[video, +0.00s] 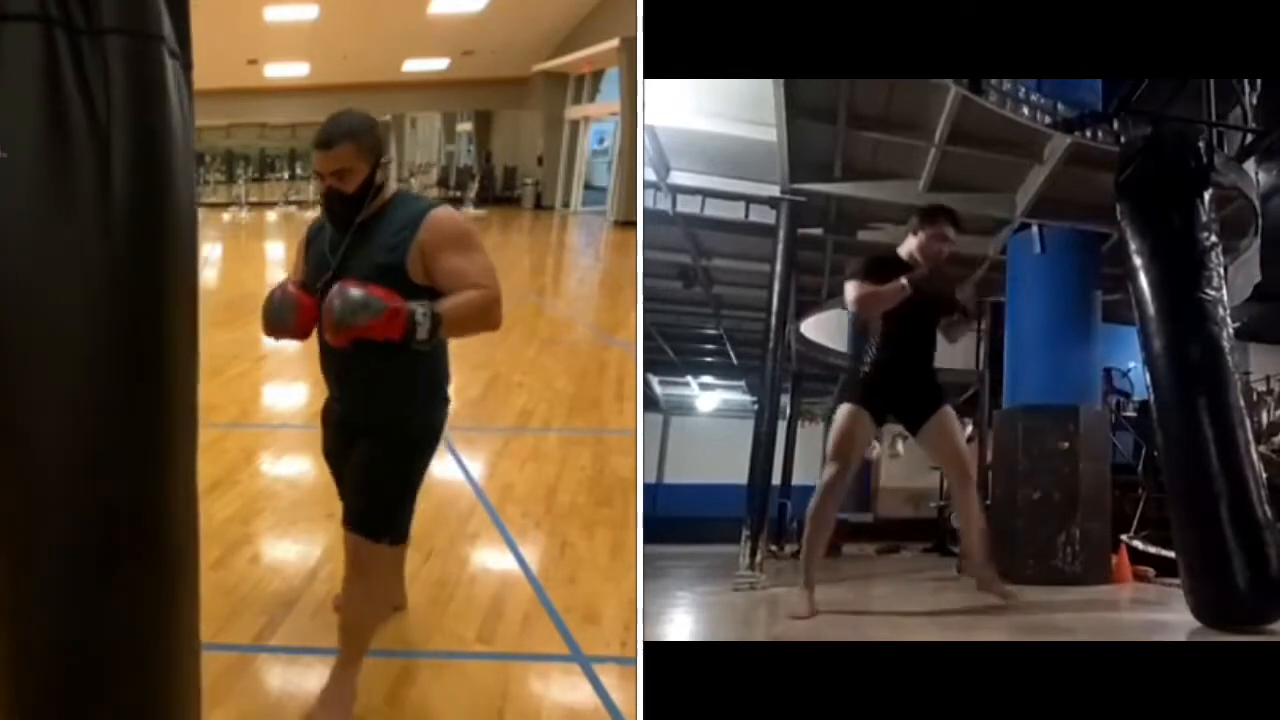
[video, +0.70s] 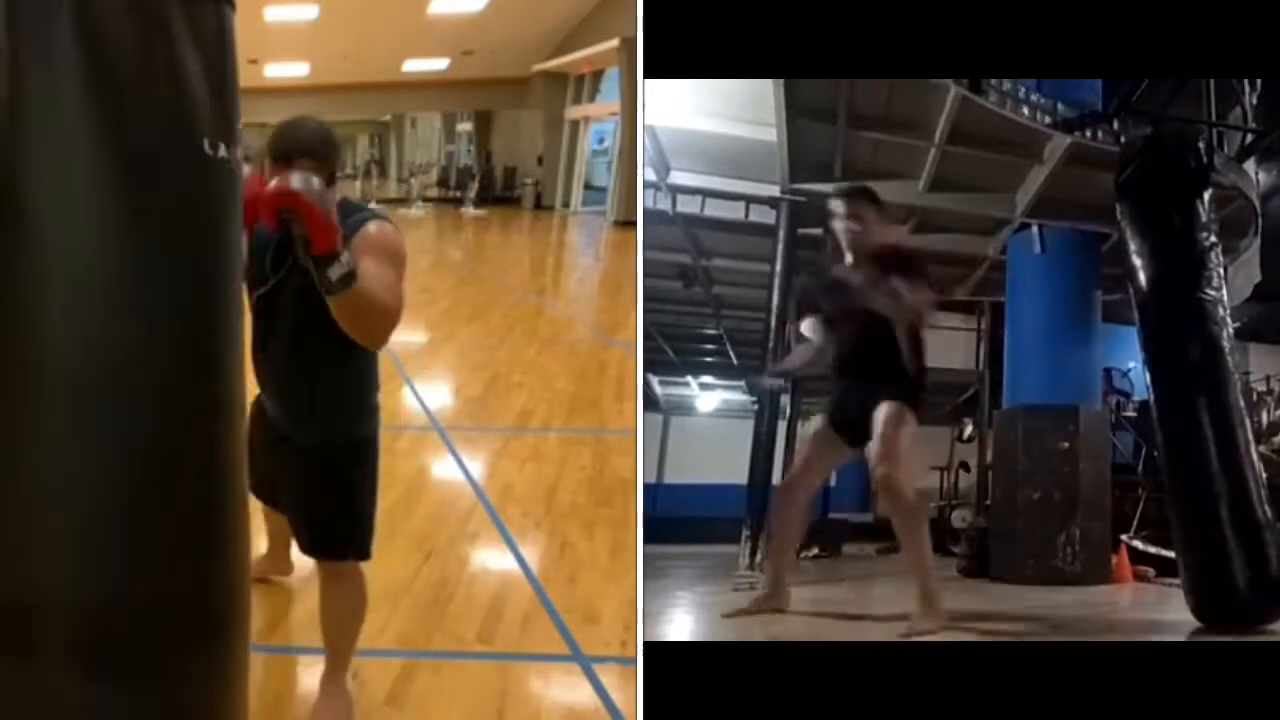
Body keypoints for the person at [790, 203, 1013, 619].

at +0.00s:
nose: (943, 250)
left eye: (949, 243)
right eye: (937, 240)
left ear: (950, 248)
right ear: (914, 235)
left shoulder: (939, 282)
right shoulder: (878, 264)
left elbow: (954, 330)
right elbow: (859, 303)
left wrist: (973, 311)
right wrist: (912, 281)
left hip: (921, 387)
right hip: (873, 383)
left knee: (963, 473)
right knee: (836, 472)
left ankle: (980, 569)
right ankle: (807, 582)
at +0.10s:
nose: (925, 242)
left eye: (931, 236)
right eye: (919, 233)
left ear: (936, 241)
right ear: (899, 231)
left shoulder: (935, 273)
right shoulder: (868, 264)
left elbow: (973, 318)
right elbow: (822, 299)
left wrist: (974, 283)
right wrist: (880, 276)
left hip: (907, 387)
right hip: (860, 382)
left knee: (925, 487)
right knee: (823, 464)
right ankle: (785, 570)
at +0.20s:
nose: (913, 250)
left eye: (919, 246)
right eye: (908, 241)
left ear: (924, 254)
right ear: (890, 243)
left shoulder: (927, 284)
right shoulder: (861, 279)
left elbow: (968, 311)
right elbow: (800, 313)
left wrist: (960, 267)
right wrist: (842, 291)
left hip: (901, 401)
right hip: (852, 395)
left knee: (891, 504)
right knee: (807, 475)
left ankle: (869, 583)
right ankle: (768, 590)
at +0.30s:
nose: (896, 264)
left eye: (903, 258)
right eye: (891, 254)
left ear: (908, 261)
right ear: (873, 252)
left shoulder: (911, 294)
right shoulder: (846, 287)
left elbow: (946, 319)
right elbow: (788, 324)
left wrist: (918, 278)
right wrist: (805, 309)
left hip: (886, 405)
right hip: (836, 400)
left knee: (891, 503)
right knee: (790, 483)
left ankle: (874, 572)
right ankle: (767, 593)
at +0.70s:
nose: (847, 227)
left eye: (857, 218)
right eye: (840, 219)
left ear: (879, 224)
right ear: (831, 227)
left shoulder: (900, 266)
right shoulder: (823, 282)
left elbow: (918, 312)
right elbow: (819, 343)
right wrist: (784, 369)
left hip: (896, 390)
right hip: (849, 393)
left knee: (887, 476)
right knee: (793, 487)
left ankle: (930, 606)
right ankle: (775, 591)